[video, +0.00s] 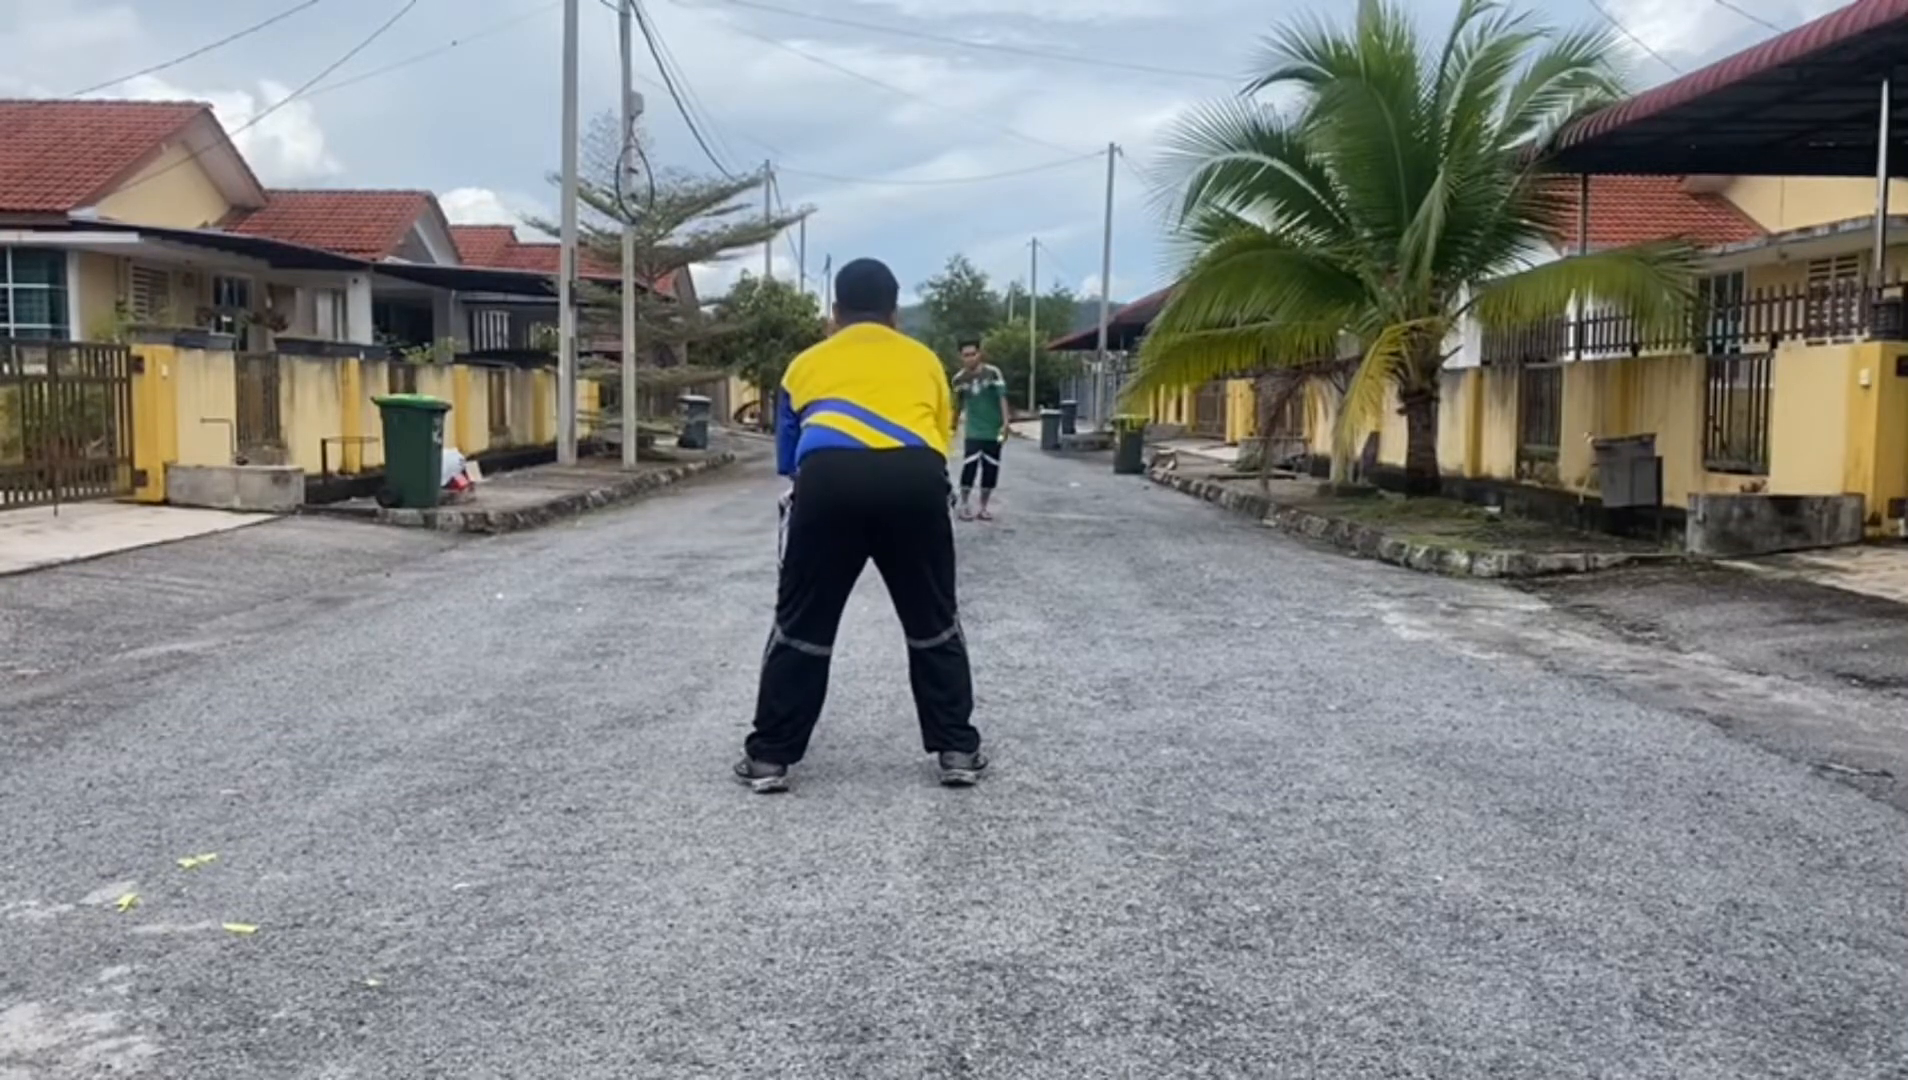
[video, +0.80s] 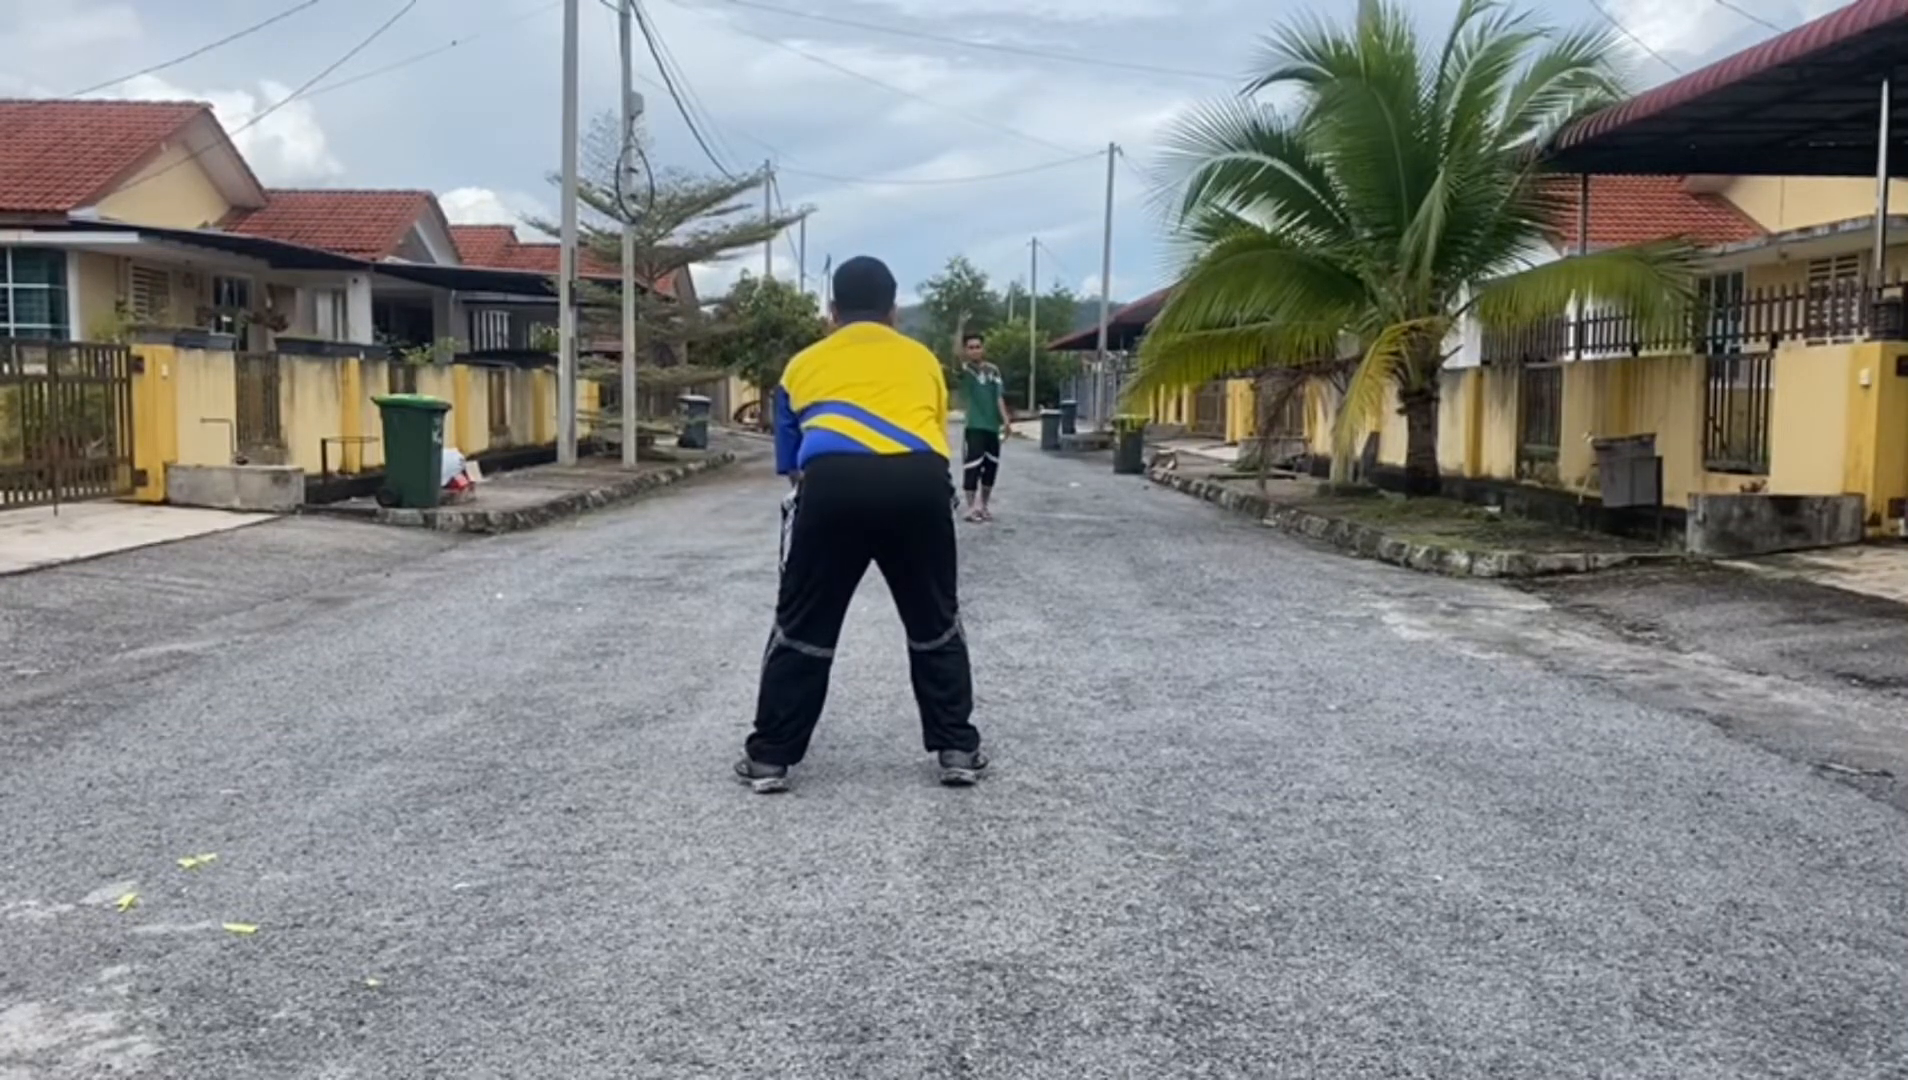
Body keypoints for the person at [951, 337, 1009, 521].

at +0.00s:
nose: (970, 359)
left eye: (973, 354)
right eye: (966, 355)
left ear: (980, 354)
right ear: (961, 358)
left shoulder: (993, 373)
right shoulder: (959, 379)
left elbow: (1002, 398)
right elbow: (957, 404)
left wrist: (1005, 422)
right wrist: (954, 423)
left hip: (993, 429)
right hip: (973, 430)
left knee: (990, 471)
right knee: (969, 468)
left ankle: (983, 506)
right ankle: (964, 504)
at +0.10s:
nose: (968, 360)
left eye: (971, 355)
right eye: (964, 356)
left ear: (978, 356)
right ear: (960, 359)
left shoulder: (992, 373)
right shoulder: (962, 378)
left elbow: (1003, 398)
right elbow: (957, 379)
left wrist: (1008, 422)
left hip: (995, 428)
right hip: (975, 428)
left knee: (991, 470)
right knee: (972, 465)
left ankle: (984, 507)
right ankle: (965, 503)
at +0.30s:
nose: (966, 360)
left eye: (969, 355)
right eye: (963, 356)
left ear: (977, 356)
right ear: (959, 359)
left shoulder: (991, 373)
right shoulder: (960, 379)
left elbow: (1003, 398)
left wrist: (1009, 421)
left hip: (996, 428)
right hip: (975, 428)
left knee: (992, 468)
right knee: (975, 466)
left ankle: (984, 507)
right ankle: (970, 506)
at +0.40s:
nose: (967, 358)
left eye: (970, 354)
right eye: (963, 355)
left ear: (977, 355)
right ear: (959, 359)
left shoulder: (992, 373)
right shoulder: (958, 380)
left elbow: (1003, 398)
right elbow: (960, 405)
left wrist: (1008, 422)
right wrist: (961, 424)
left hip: (996, 427)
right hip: (976, 428)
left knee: (993, 469)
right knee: (975, 466)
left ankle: (985, 508)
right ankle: (971, 507)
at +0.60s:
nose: (970, 354)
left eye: (973, 350)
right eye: (966, 351)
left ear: (980, 351)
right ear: (962, 354)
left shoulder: (993, 370)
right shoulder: (959, 377)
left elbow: (1002, 396)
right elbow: (956, 403)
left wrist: (1007, 420)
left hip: (995, 428)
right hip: (974, 429)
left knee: (992, 470)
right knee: (972, 469)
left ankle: (985, 507)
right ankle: (970, 507)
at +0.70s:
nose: (973, 352)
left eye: (976, 347)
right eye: (969, 348)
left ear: (982, 349)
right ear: (964, 352)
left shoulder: (993, 370)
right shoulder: (963, 372)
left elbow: (1000, 397)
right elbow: (960, 375)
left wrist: (1007, 420)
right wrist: (965, 364)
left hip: (993, 426)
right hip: (974, 426)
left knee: (991, 468)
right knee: (972, 466)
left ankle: (984, 506)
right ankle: (970, 506)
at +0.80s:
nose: (975, 351)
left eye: (978, 347)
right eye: (971, 347)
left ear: (983, 349)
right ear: (965, 351)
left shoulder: (992, 371)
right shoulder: (965, 370)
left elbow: (999, 398)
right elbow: (957, 354)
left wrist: (1006, 421)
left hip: (992, 424)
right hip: (974, 424)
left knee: (991, 466)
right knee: (973, 465)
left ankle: (984, 505)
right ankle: (971, 506)